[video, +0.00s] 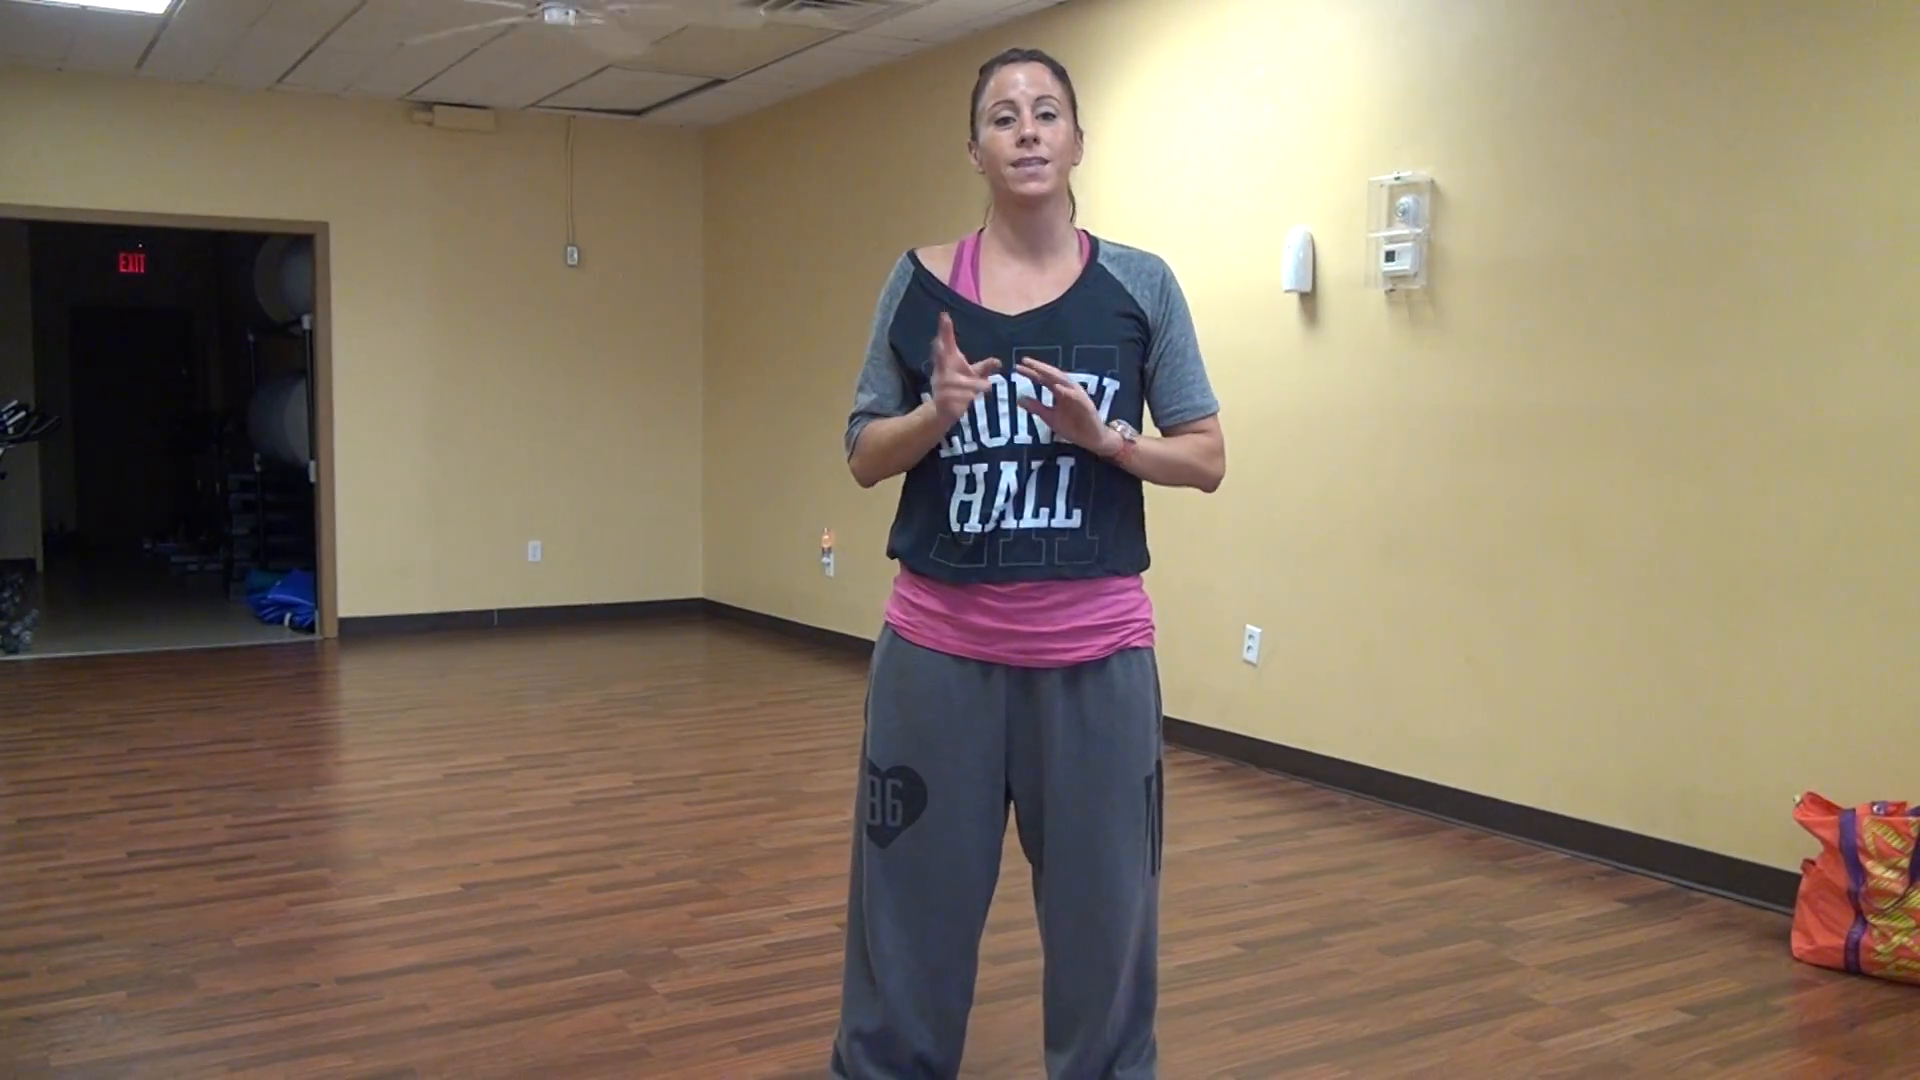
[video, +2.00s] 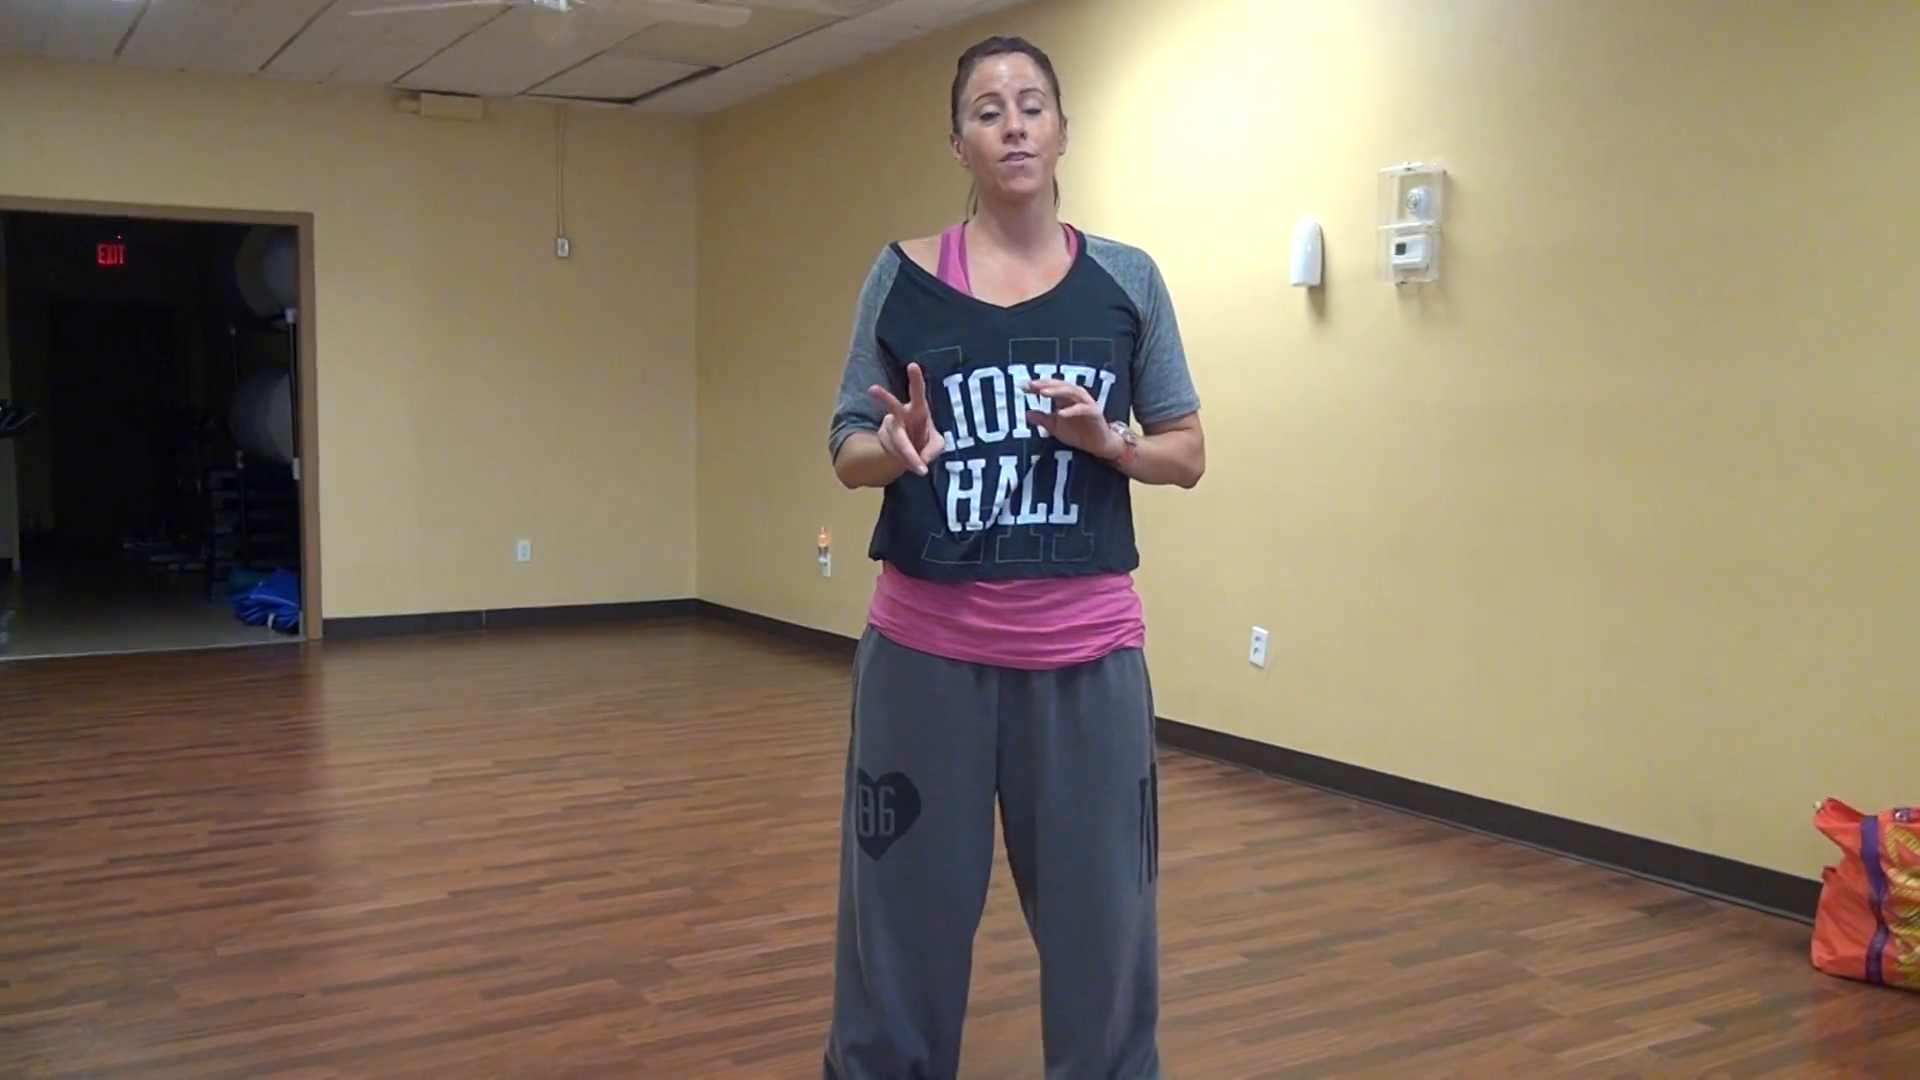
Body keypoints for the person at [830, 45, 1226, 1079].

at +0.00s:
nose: (1025, 131)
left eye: (1046, 114)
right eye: (1003, 117)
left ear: (1077, 141)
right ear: (975, 148)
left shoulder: (1142, 281)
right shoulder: (924, 280)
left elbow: (1207, 459)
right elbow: (866, 457)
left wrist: (1107, 439)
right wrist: (934, 413)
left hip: (1097, 646)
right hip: (937, 641)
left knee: (1107, 925)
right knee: (906, 917)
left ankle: (1104, 1072)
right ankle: (889, 1069)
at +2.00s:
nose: (1013, 125)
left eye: (1032, 106)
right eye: (988, 110)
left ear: (1061, 131)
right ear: (958, 143)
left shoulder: (1128, 275)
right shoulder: (905, 273)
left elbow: (1187, 453)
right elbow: (849, 446)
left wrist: (1113, 444)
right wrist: (895, 449)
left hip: (1088, 651)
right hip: (925, 648)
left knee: (1106, 933)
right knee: (901, 925)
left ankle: (1110, 1076)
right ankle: (882, 1072)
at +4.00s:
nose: (994, 153)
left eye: (1012, 132)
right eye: (971, 137)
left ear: (1042, 152)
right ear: (945, 162)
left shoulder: (1112, 285)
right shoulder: (898, 294)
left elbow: (1171, 452)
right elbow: (847, 463)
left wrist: (1109, 438)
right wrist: (912, 433)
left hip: (1078, 640)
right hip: (925, 639)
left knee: (1092, 902)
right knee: (895, 899)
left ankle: (1104, 1069)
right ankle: (885, 1068)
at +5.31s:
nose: (1023, 210)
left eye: (1041, 190)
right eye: (1000, 194)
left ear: (1071, 206)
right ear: (973, 216)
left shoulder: (1138, 338)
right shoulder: (925, 343)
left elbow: (1200, 510)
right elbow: (871, 509)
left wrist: (1118, 480)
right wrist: (956, 491)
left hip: (1093, 699)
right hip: (939, 694)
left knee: (1110, 974)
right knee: (912, 969)